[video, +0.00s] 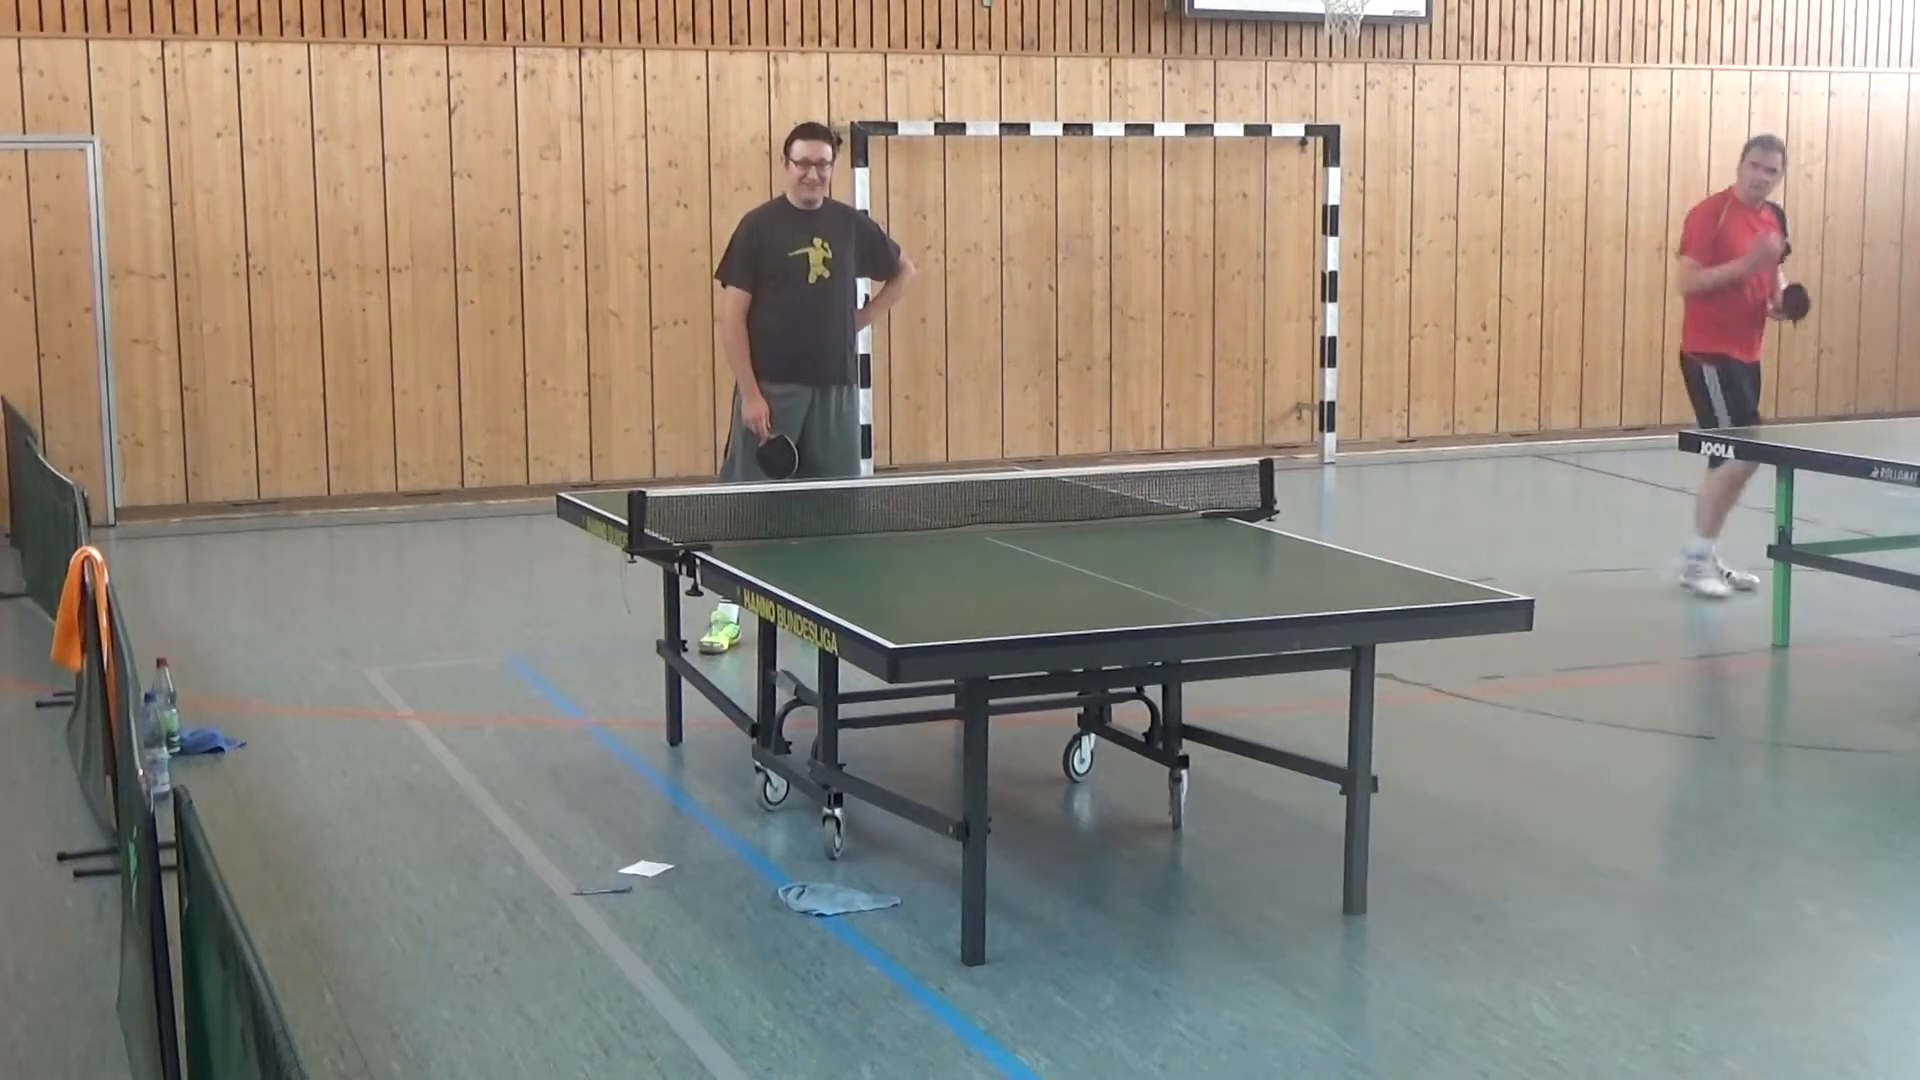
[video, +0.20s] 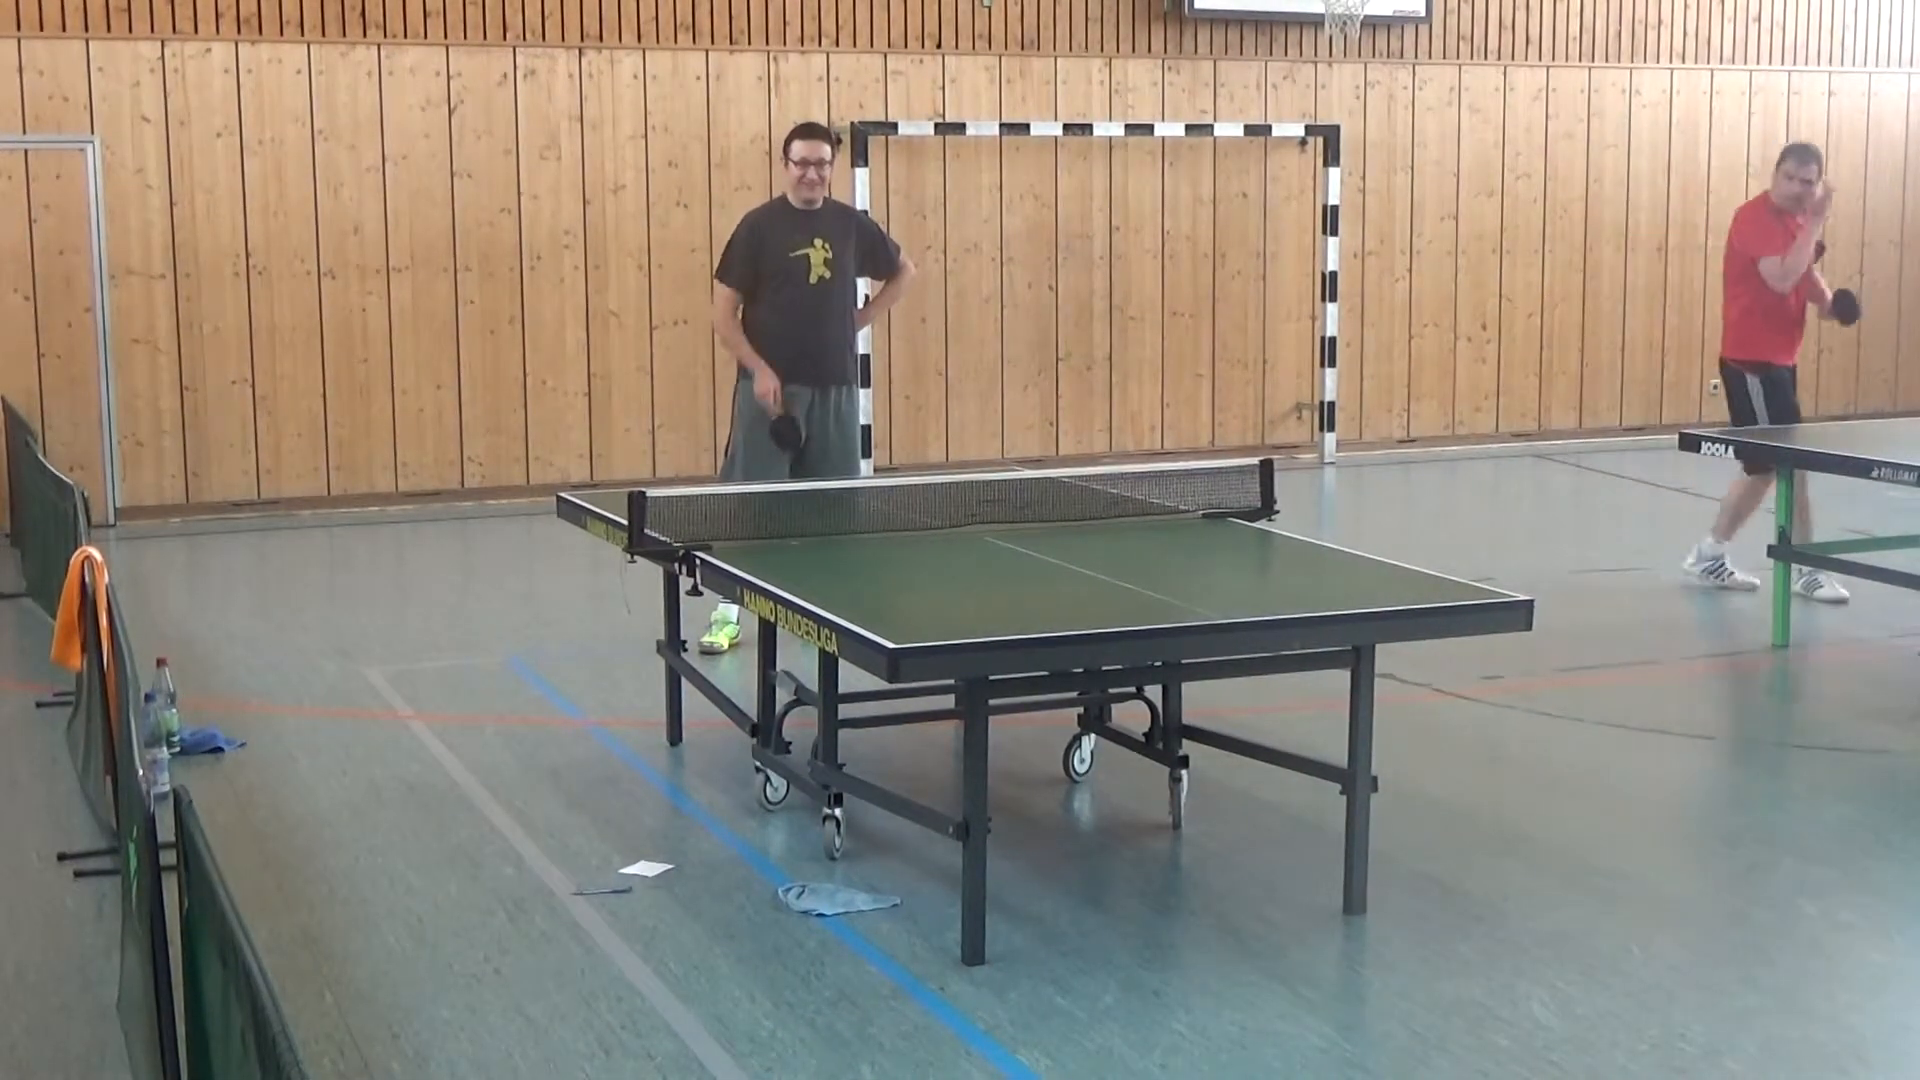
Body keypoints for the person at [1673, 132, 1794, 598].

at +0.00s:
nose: (1762, 177)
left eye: (1772, 171)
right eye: (1756, 166)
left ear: (1781, 176)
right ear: (1739, 165)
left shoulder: (1773, 218)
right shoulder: (1708, 213)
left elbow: (1770, 276)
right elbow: (1685, 282)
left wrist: (1780, 298)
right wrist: (1747, 263)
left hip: (1745, 353)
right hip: (1709, 352)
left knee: (1734, 459)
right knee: (1742, 453)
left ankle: (1707, 558)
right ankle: (1697, 560)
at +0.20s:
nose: (1799, 188)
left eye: (1808, 182)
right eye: (1792, 178)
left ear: (1817, 184)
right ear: (1774, 175)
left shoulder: (1802, 220)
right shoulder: (1753, 218)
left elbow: (1806, 271)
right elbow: (1780, 277)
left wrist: (1829, 302)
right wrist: (1812, 222)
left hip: (1778, 359)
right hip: (1750, 360)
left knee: (1763, 465)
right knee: (1791, 461)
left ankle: (1709, 554)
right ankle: (1802, 569)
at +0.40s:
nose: (1839, 192)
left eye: (1846, 185)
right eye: (1831, 182)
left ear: (1852, 188)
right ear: (1810, 178)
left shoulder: (1834, 224)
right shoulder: (1786, 223)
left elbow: (1839, 277)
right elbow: (1805, 292)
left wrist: (1875, 295)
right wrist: (1844, 240)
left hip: (1817, 359)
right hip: (1783, 364)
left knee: (1853, 449)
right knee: (1826, 460)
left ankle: (1786, 527)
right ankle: (1809, 567)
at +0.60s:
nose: (1868, 198)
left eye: (1876, 190)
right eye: (1859, 188)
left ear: (1884, 192)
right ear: (1840, 186)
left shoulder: (1877, 232)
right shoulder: (1811, 226)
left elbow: (1882, 284)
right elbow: (1772, 292)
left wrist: (1903, 300)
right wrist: (1837, 320)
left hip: (1849, 362)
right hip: (1802, 364)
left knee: (1878, 458)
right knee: (1831, 462)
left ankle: (1888, 557)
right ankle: (1809, 569)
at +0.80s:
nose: (1892, 216)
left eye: (1900, 208)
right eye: (1884, 207)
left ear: (1908, 211)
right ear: (1866, 205)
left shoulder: (1906, 254)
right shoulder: (1826, 238)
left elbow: (1916, 306)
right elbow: (1775, 288)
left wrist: (1914, 316)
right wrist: (1796, 349)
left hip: (1872, 375)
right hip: (1817, 375)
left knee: (1895, 469)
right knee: (1814, 472)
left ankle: (1896, 559)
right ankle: (1806, 562)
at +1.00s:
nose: (1898, 230)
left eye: (1906, 222)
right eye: (1890, 220)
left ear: (1913, 224)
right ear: (1870, 218)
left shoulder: (1908, 263)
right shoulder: (1830, 246)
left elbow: (1911, 319)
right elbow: (1785, 297)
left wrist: (1914, 320)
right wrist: (1794, 362)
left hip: (1865, 377)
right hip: (1808, 378)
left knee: (1893, 466)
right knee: (1779, 465)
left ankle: (1896, 558)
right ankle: (1737, 558)